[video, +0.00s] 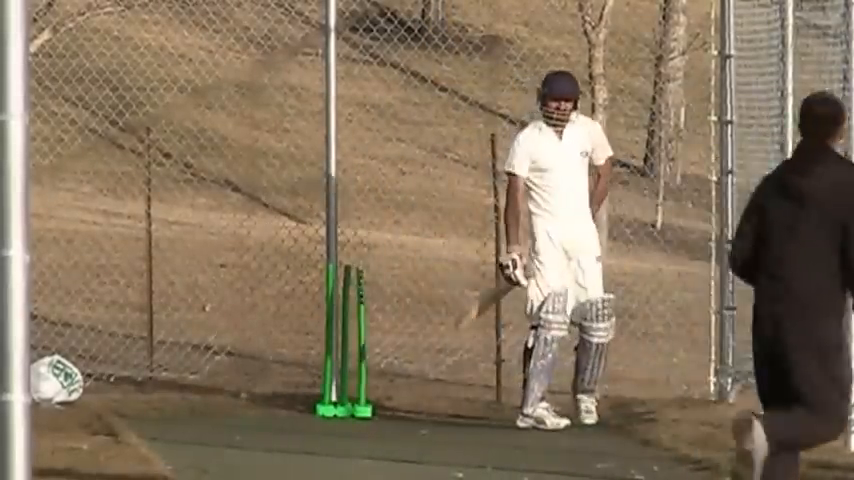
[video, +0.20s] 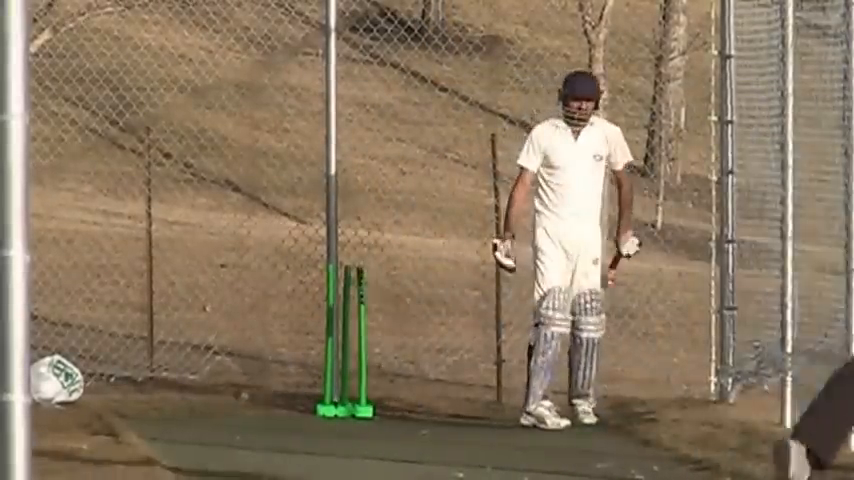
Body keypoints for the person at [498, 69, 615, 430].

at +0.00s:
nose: (560, 109)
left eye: (567, 103)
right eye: (553, 102)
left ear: (576, 104)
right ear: (542, 101)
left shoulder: (588, 130)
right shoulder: (527, 140)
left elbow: (605, 171)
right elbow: (514, 197)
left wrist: (589, 213)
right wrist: (514, 247)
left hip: (584, 238)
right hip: (546, 241)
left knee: (596, 316)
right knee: (551, 318)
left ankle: (586, 393)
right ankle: (533, 404)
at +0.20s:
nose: (580, 108)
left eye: (587, 102)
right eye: (573, 101)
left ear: (597, 104)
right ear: (562, 100)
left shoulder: (609, 135)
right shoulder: (543, 134)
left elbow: (624, 182)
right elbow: (521, 186)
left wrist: (623, 233)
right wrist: (508, 234)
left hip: (591, 241)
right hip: (551, 239)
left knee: (589, 320)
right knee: (552, 317)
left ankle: (583, 399)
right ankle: (535, 402)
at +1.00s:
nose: (567, 105)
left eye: (574, 99)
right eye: (560, 99)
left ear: (586, 100)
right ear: (552, 102)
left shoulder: (599, 137)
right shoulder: (543, 141)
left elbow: (594, 190)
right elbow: (536, 193)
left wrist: (583, 240)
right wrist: (521, 231)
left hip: (583, 247)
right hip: (544, 247)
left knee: (586, 323)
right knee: (523, 320)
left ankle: (583, 402)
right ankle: (535, 399)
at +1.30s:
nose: (526, 112)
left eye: (530, 104)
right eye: (519, 107)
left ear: (544, 98)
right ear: (513, 109)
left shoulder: (568, 131)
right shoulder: (511, 143)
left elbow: (569, 185)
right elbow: (508, 192)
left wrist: (536, 222)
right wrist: (508, 227)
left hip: (559, 246)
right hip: (523, 247)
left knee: (570, 321)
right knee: (523, 324)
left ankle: (579, 401)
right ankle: (538, 404)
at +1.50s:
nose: (488, 126)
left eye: (490, 117)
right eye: (483, 121)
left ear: (503, 108)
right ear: (484, 120)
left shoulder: (539, 130)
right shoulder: (495, 149)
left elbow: (550, 187)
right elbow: (496, 201)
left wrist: (525, 231)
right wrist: (499, 238)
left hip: (544, 238)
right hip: (515, 242)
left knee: (535, 314)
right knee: (515, 319)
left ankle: (541, 399)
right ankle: (536, 396)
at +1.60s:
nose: (473, 131)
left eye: (473, 123)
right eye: (468, 127)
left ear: (486, 113)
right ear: (475, 122)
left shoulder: (522, 132)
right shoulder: (489, 149)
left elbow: (536, 188)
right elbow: (493, 205)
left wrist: (517, 239)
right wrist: (495, 245)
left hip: (533, 243)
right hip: (511, 246)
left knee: (518, 319)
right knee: (511, 320)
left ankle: (534, 402)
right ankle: (515, 398)